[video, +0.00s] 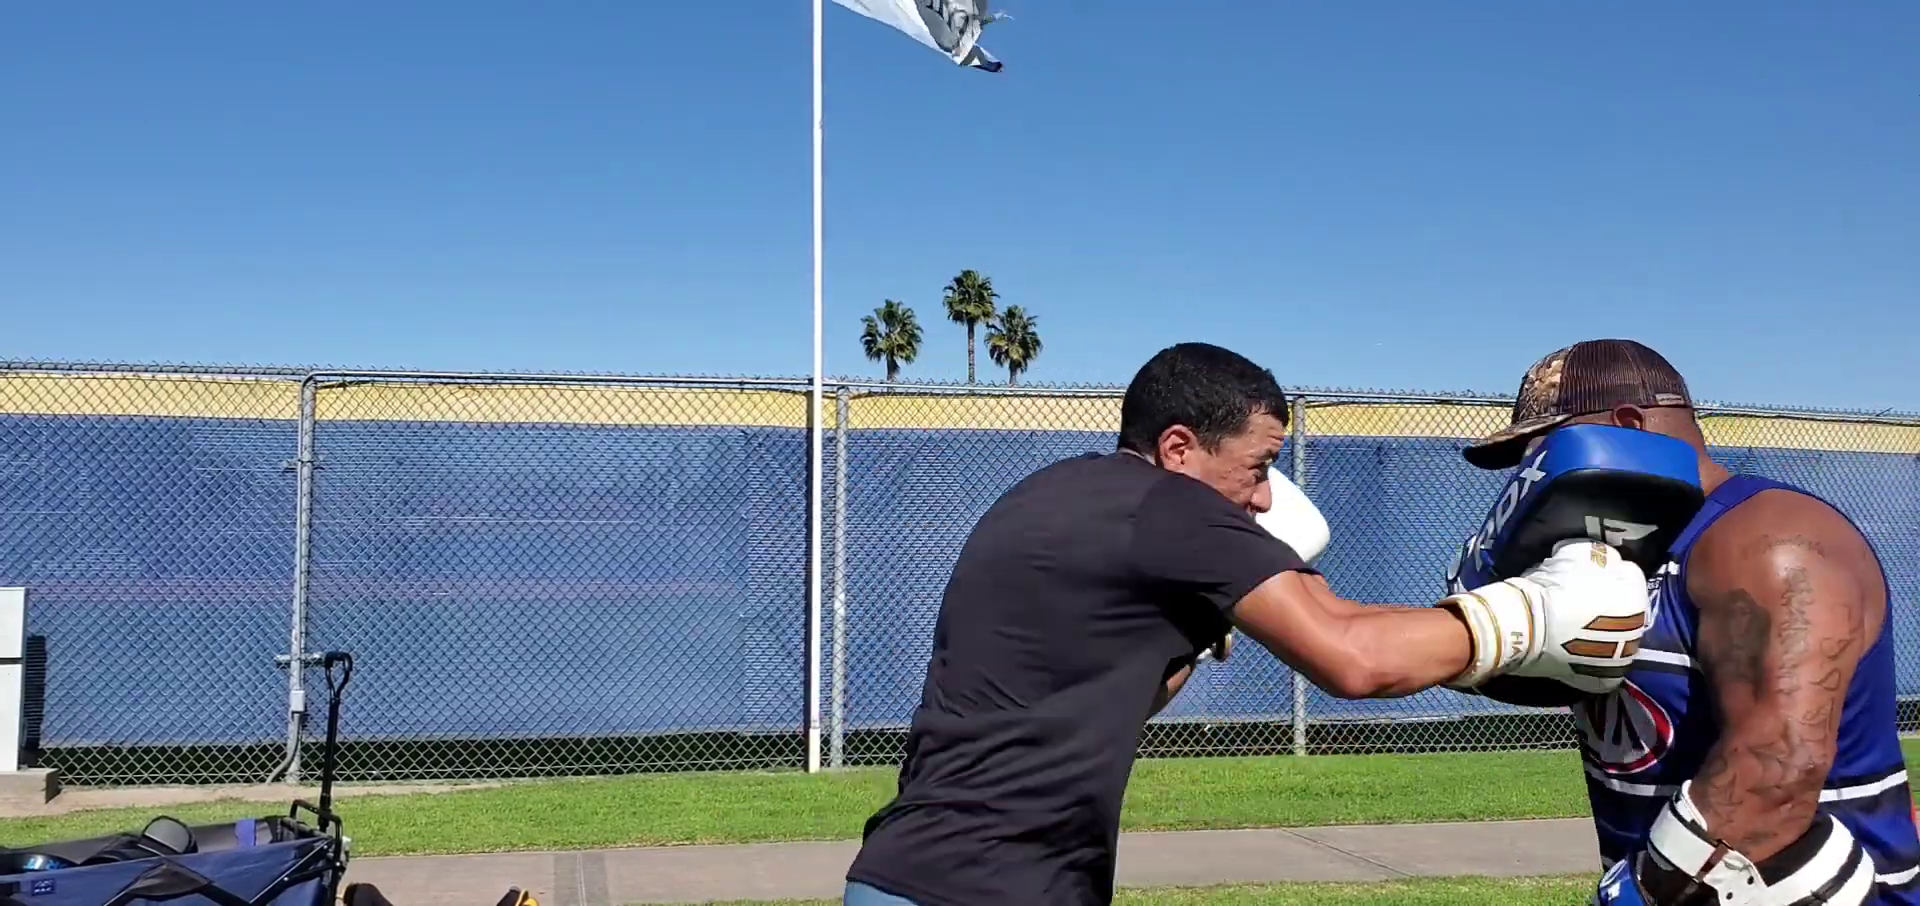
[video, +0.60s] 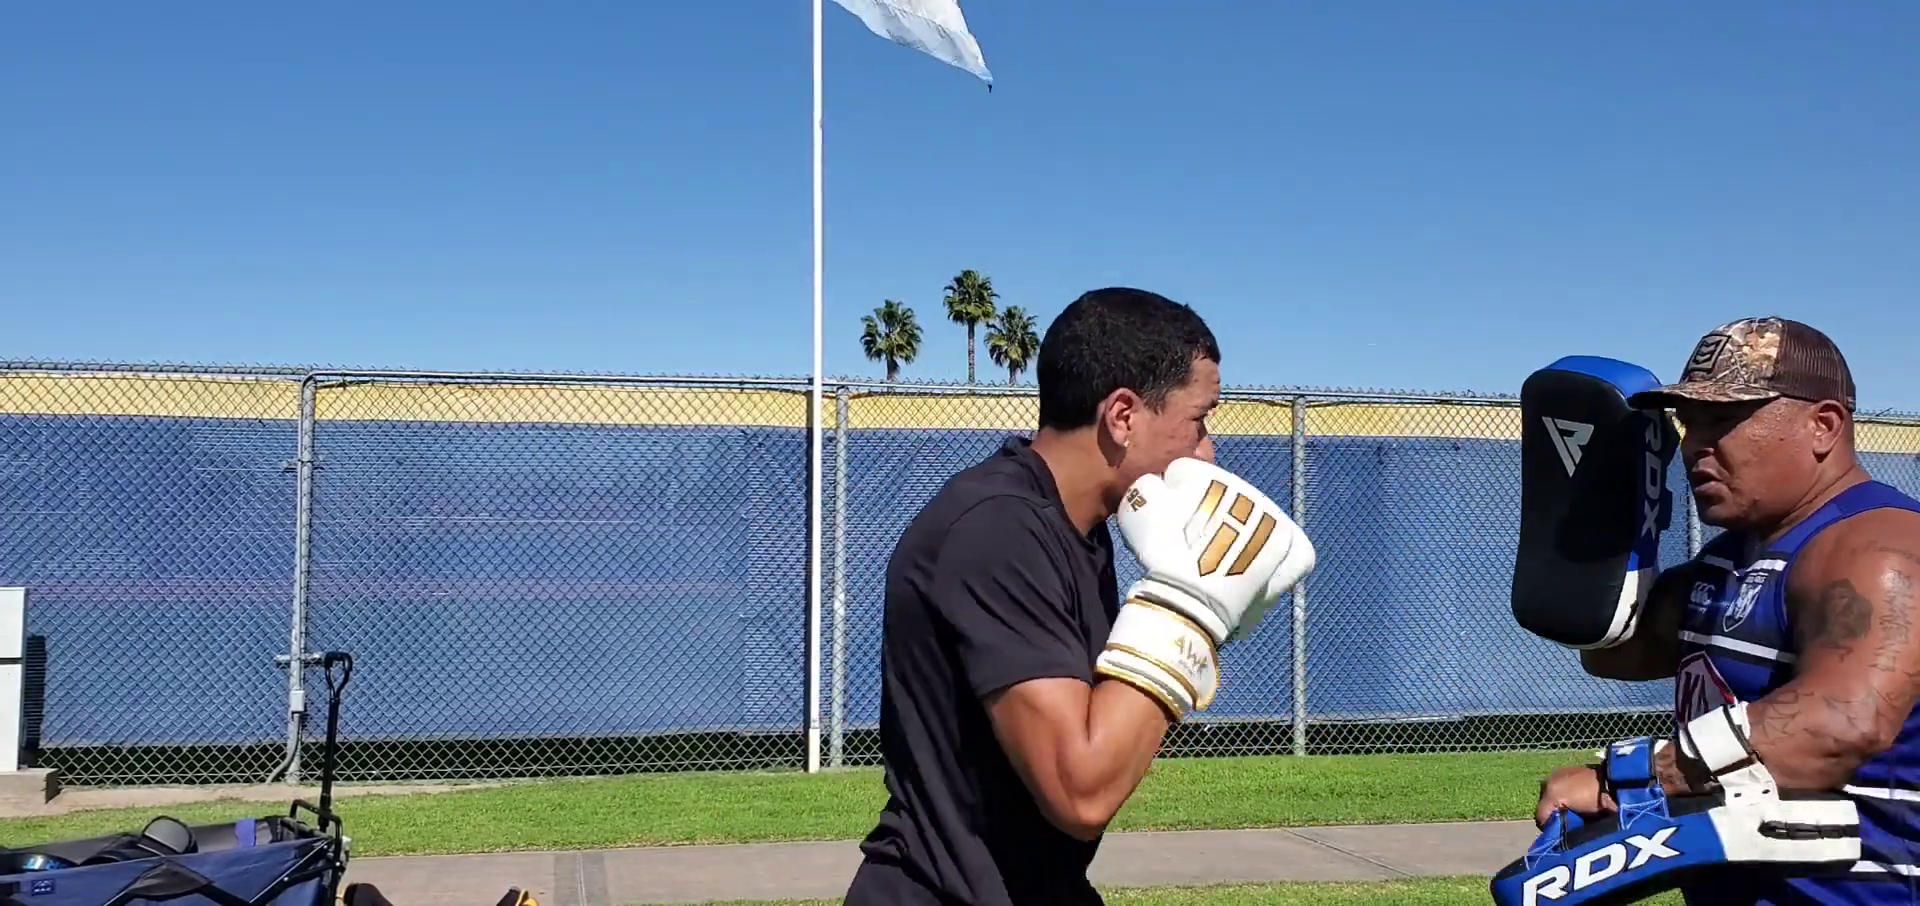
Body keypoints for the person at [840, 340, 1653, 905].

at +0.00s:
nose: (1263, 499)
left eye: (1271, 475)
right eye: (1257, 473)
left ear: (1149, 447)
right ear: (1177, 446)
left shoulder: (1047, 503)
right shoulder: (1160, 512)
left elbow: (1116, 704)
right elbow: (1357, 657)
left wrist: (1243, 586)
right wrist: (1539, 613)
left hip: (918, 873)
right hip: (999, 882)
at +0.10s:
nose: (1292, 487)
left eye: (1296, 463)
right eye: (1282, 462)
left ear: (1193, 445)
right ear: (1206, 445)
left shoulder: (1067, 499)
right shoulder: (1177, 524)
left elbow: (1101, 649)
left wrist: (1228, 572)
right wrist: (1480, 690)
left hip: (931, 878)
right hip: (1004, 889)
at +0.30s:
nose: (1252, 457)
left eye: (1251, 431)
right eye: (1242, 428)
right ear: (1171, 423)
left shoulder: (1056, 512)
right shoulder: (1072, 537)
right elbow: (1080, 809)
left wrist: (1185, 635)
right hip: (985, 887)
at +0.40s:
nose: (1222, 445)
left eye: (1221, 417)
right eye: (1213, 416)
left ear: (1139, 410)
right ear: (1139, 408)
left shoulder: (1080, 522)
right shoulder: (1034, 520)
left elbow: (1115, 759)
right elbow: (1107, 784)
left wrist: (1183, 598)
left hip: (1048, 883)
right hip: (973, 885)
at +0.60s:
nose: (1206, 451)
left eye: (1204, 422)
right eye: (1196, 420)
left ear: (1122, 420)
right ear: (1122, 417)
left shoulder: (1077, 529)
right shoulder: (995, 533)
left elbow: (1092, 751)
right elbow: (1082, 792)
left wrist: (1196, 626)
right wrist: (1179, 607)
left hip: (1039, 882)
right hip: (947, 887)